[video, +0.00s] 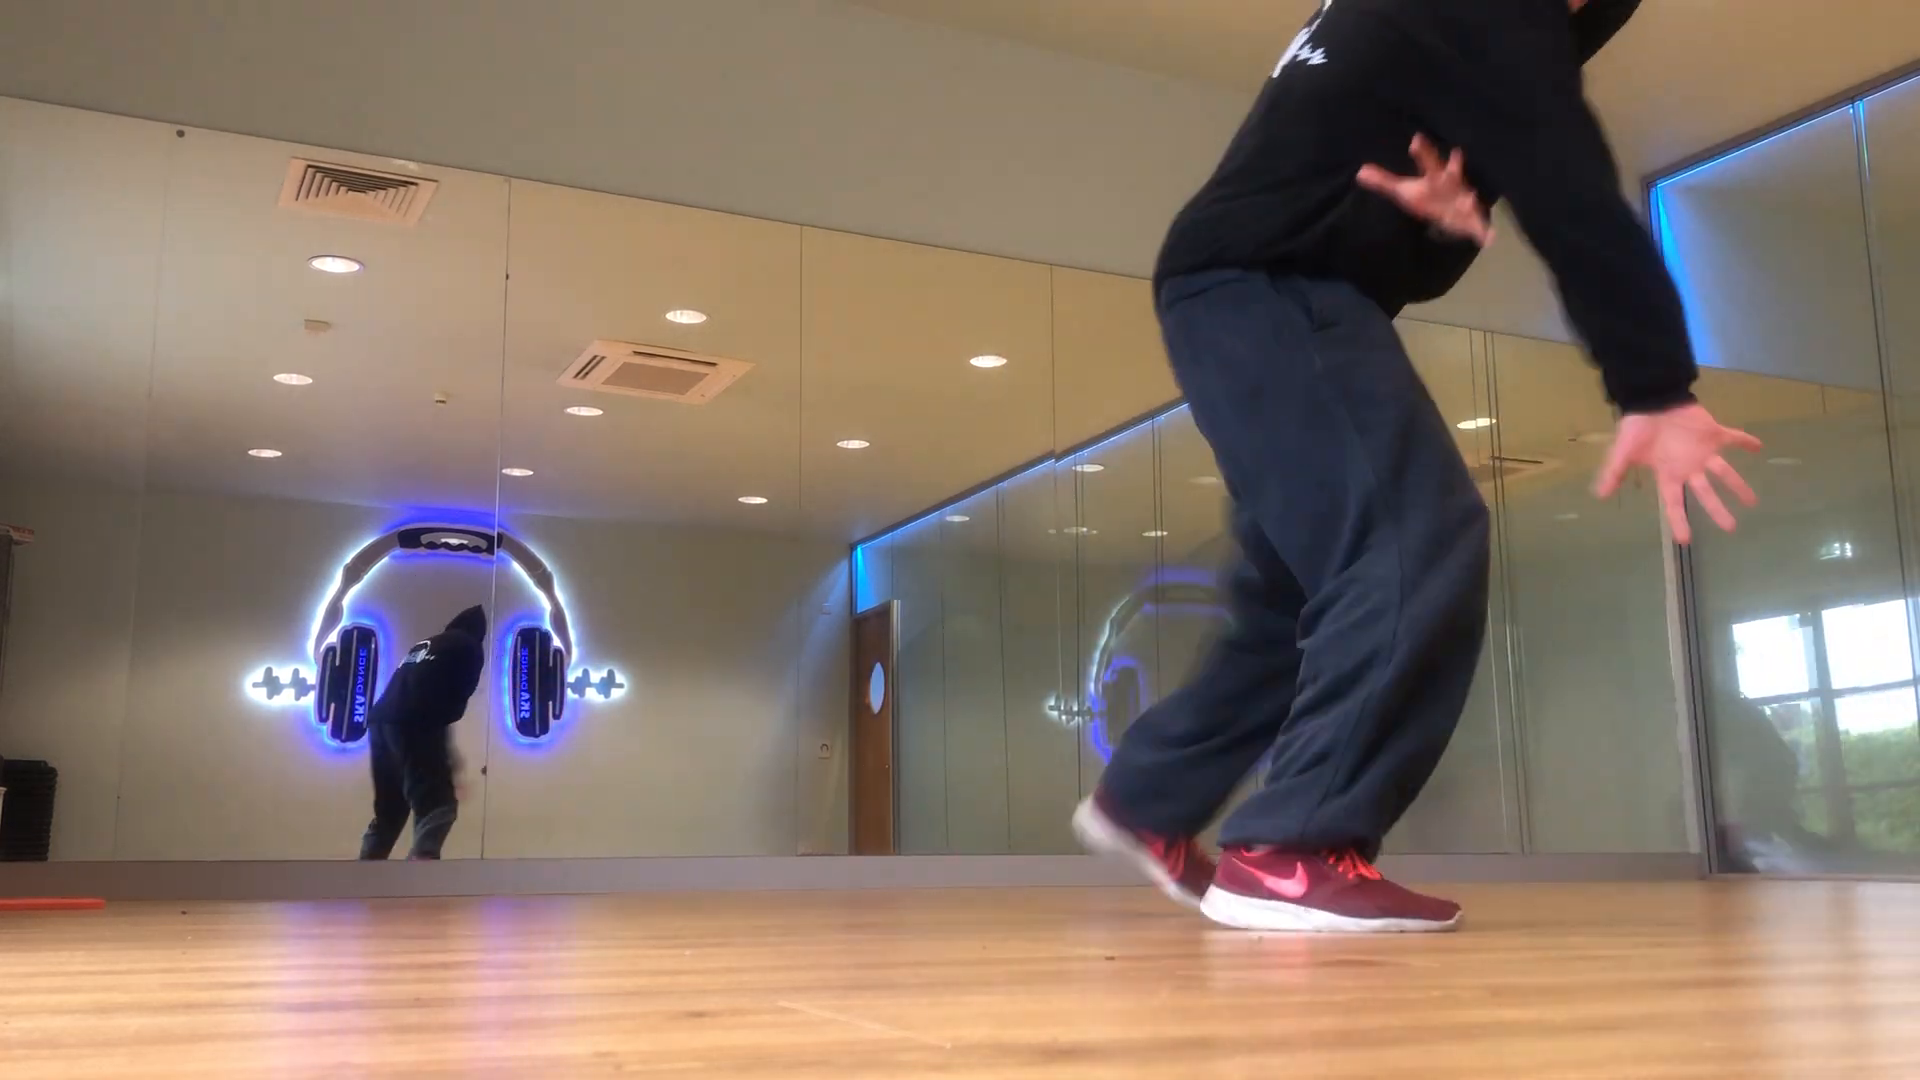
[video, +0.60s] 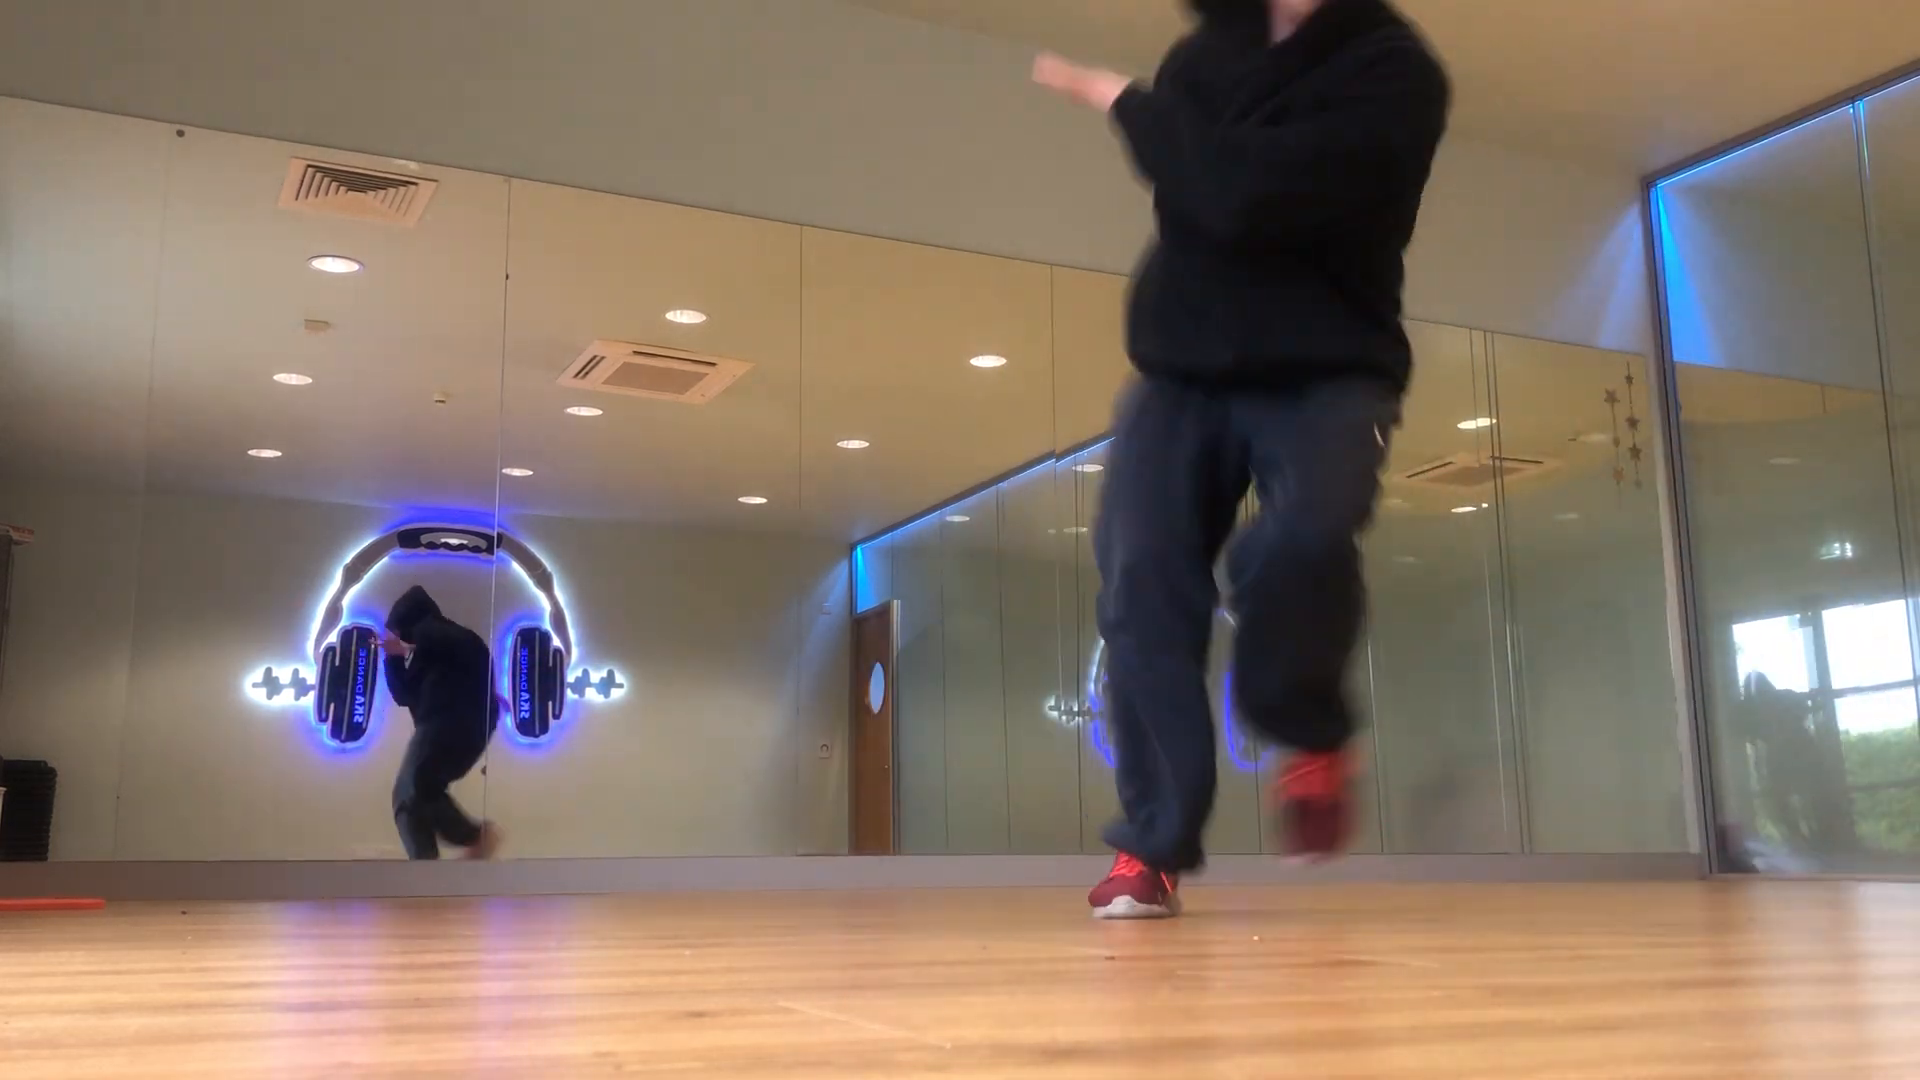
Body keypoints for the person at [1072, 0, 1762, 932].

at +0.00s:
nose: (1599, 16)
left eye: (1597, 15)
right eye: (1601, 10)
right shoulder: (1499, 17)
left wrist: (1452, 216)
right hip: (1274, 284)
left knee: (1310, 579)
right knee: (1418, 535)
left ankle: (1147, 797)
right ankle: (1292, 843)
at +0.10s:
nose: (1580, 7)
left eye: (1588, 10)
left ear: (1571, 18)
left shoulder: (1488, 39)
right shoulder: (1410, 12)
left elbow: (1564, 53)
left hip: (1281, 279)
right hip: (1216, 258)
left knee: (1414, 517)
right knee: (1351, 531)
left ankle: (1223, 747)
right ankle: (1283, 846)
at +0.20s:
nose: (1568, 1)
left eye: (1584, 7)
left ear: (1579, 22)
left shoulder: (1504, 78)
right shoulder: (1408, 9)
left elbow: (1441, 252)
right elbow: (1292, 11)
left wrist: (1478, 185)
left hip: (1301, 284)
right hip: (1189, 238)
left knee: (1358, 495)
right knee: (1196, 505)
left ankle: (1295, 804)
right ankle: (1090, 808)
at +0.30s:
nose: (1537, 9)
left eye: (1548, 12)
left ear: (1534, 18)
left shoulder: (1499, 72)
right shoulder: (1295, 1)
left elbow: (1459, 217)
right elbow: (1074, 23)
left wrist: (1455, 62)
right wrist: (1064, 5)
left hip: (1328, 346)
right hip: (1202, 293)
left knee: (1387, 527)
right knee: (1123, 524)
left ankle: (1255, 837)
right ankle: (869, 747)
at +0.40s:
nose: (1310, 16)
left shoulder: (1451, 23)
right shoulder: (1223, 10)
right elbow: (1151, 45)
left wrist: (1354, 43)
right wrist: (1172, 180)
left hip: (1324, 326)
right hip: (1188, 293)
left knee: (1345, 544)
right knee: (1114, 515)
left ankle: (1260, 836)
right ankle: (938, 738)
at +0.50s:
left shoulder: (1458, 46)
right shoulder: (1229, 10)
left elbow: (1358, 163)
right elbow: (1171, 126)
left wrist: (1221, 49)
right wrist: (1166, 38)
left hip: (1312, 315)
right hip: (1161, 289)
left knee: (1302, 517)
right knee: (1101, 530)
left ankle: (1256, 813)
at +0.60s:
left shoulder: (1395, 70)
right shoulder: (1207, 52)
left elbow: (1257, 191)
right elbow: (1183, 178)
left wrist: (1134, 101)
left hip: (1328, 371)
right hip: (1187, 368)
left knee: (1303, 543)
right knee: (1144, 583)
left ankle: (1307, 740)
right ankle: (1154, 846)